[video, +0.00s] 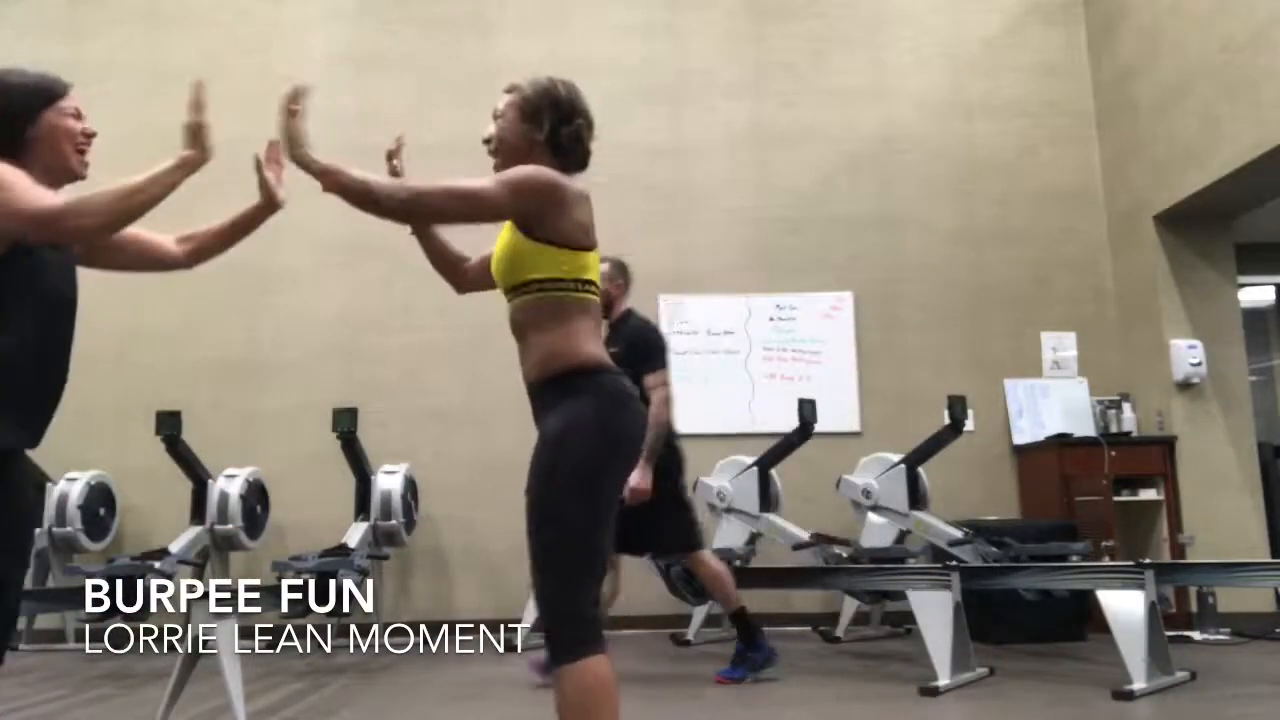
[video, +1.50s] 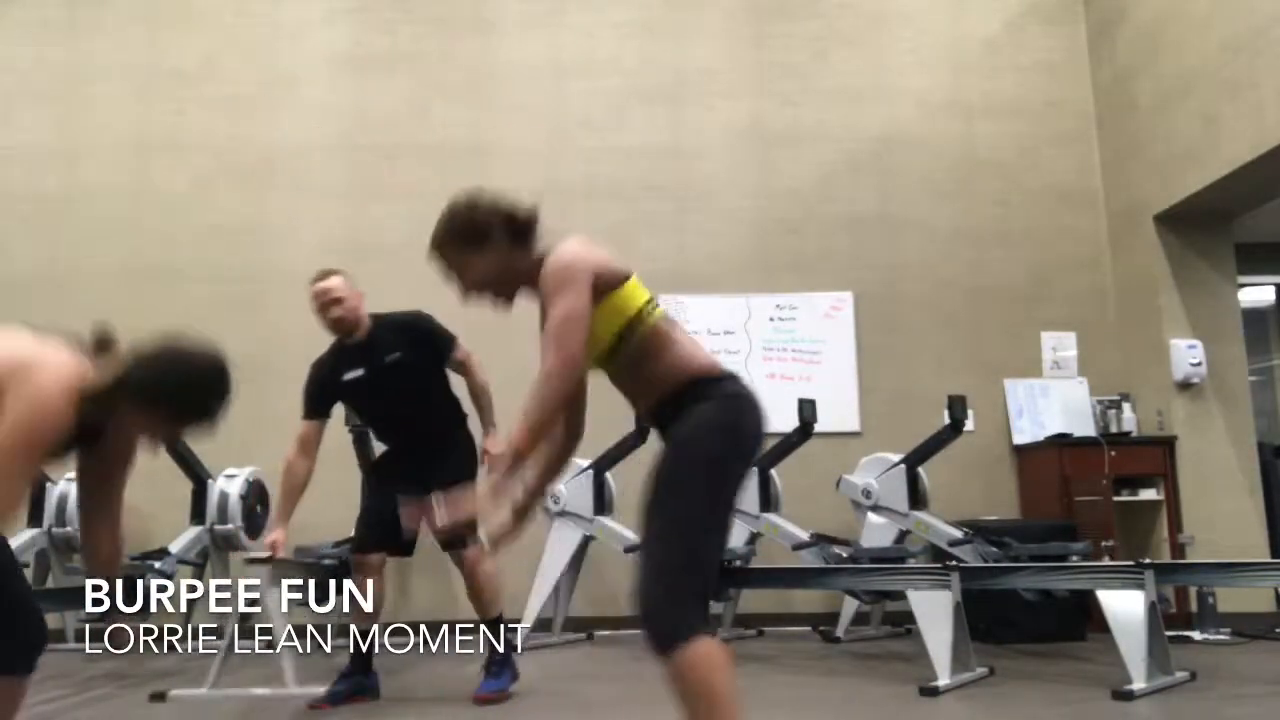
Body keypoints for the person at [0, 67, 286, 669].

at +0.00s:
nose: (88, 130)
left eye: (84, 117)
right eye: (73, 116)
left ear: (41, 130)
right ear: (27, 125)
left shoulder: (56, 222)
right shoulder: (7, 185)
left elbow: (176, 250)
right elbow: (61, 220)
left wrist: (264, 208)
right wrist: (189, 160)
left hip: (16, 453)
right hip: (4, 451)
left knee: (9, 628)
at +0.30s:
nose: (56, 142)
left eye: (55, 130)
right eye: (40, 128)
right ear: (1, 138)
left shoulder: (31, 237)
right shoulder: (2, 225)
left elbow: (151, 264)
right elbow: (32, 237)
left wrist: (233, 218)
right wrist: (127, 165)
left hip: (26, 454)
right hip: (4, 452)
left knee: (9, 613)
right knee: (8, 608)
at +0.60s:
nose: (63, 136)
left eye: (64, 126)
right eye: (48, 122)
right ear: (5, 129)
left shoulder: (46, 229)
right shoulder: (1, 204)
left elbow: (170, 262)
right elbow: (67, 227)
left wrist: (244, 202)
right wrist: (159, 147)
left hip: (37, 457)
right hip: (4, 453)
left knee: (8, 643)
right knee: (3, 644)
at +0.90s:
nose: (111, 127)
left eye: (107, 116)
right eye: (96, 116)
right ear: (51, 126)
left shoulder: (97, 203)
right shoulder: (16, 175)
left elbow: (215, 197)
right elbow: (148, 134)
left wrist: (298, 145)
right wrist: (256, 76)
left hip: (24, 449)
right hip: (5, 446)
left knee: (7, 618)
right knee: (4, 617)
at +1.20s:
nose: (104, 218)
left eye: (112, 207)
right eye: (102, 202)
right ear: (62, 176)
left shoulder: (61, 237)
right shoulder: (14, 228)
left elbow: (150, 255)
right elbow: (13, 179)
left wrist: (232, 246)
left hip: (18, 469)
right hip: (3, 468)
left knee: (3, 621)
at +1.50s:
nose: (170, 439)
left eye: (182, 428)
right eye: (179, 424)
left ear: (155, 383)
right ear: (164, 403)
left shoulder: (112, 416)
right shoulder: (52, 393)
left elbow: (101, 522)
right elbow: (7, 505)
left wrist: (111, 615)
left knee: (25, 631)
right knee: (21, 631)